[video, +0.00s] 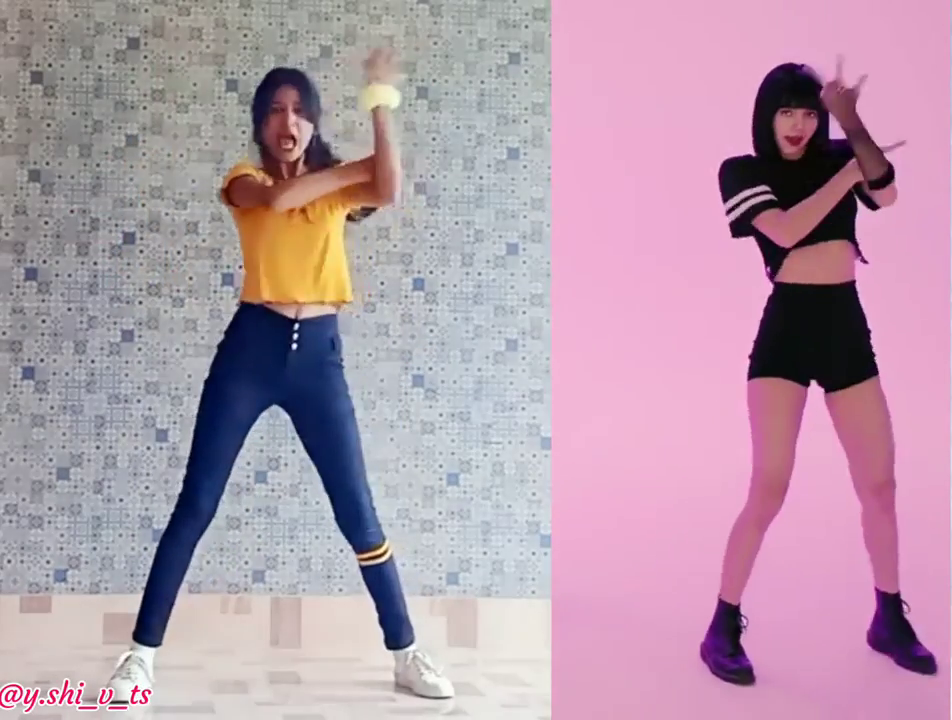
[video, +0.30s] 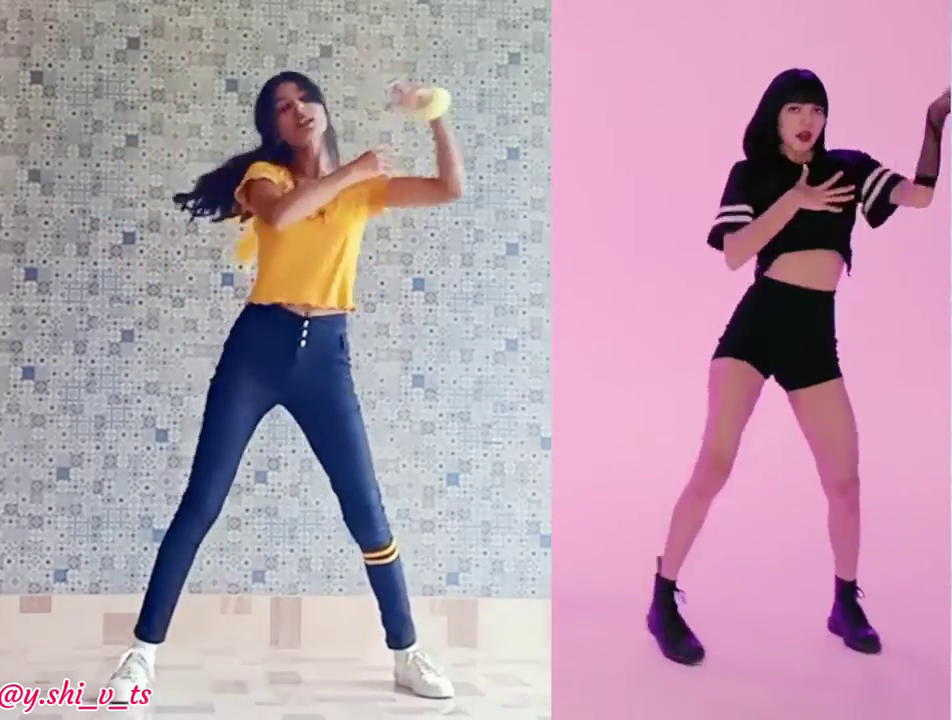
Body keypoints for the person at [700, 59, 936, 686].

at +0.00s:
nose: (797, 123)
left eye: (806, 112)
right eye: (786, 111)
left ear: (820, 118)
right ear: (764, 115)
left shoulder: (839, 158)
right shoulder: (742, 171)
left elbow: (886, 193)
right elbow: (784, 233)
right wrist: (851, 174)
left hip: (847, 334)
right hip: (785, 335)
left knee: (879, 485)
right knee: (767, 493)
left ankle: (890, 619)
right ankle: (723, 629)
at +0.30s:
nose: (806, 121)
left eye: (815, 111)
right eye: (794, 110)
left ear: (825, 118)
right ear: (771, 117)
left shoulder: (847, 169)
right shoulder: (752, 174)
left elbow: (921, 194)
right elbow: (735, 252)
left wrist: (933, 128)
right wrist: (794, 199)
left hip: (814, 336)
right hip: (754, 327)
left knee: (844, 480)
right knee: (713, 467)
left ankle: (845, 603)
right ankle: (662, 598)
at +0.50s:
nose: (829, 118)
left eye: (837, 109)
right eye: (818, 108)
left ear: (847, 117)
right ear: (796, 111)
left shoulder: (840, 177)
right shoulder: (758, 156)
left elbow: (927, 184)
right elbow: (731, 229)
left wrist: (923, 119)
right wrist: (796, 201)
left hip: (800, 325)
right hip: (742, 317)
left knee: (812, 470)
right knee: (665, 450)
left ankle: (823, 597)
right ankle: (576, 558)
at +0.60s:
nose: (818, 121)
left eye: (825, 113)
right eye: (808, 111)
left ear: (833, 121)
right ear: (784, 115)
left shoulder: (828, 176)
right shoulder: (747, 159)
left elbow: (912, 185)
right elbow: (728, 229)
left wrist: (908, 119)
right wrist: (789, 202)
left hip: (796, 326)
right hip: (739, 321)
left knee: (809, 467)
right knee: (655, 439)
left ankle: (820, 593)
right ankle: (568, 549)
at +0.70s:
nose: (793, 126)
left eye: (801, 117)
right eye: (783, 117)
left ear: (810, 123)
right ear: (761, 121)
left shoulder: (813, 180)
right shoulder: (730, 165)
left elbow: (896, 186)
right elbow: (722, 234)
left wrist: (889, 120)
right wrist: (779, 207)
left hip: (787, 330)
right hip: (731, 325)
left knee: (809, 466)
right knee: (652, 443)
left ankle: (819, 591)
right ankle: (576, 556)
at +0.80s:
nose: (753, 153)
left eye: (760, 142)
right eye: (740, 145)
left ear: (772, 148)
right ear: (719, 155)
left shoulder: (794, 198)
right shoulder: (712, 205)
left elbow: (880, 215)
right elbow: (727, 272)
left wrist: (875, 150)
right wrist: (774, 232)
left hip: (754, 366)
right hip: (708, 351)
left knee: (841, 467)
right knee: (661, 472)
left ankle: (814, 590)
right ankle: (596, 590)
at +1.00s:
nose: (748, 170)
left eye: (757, 159)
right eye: (738, 159)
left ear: (768, 165)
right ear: (718, 164)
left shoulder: (783, 209)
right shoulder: (709, 215)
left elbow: (870, 216)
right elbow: (731, 270)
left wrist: (864, 150)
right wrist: (769, 238)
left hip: (759, 374)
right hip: (714, 361)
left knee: (849, 464)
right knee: (669, 482)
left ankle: (826, 587)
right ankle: (608, 589)